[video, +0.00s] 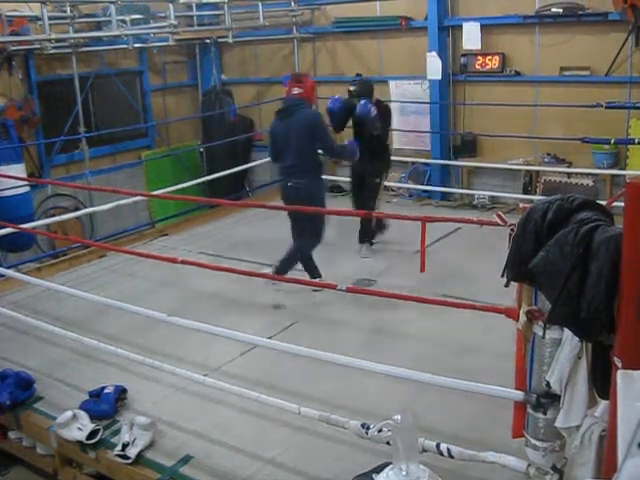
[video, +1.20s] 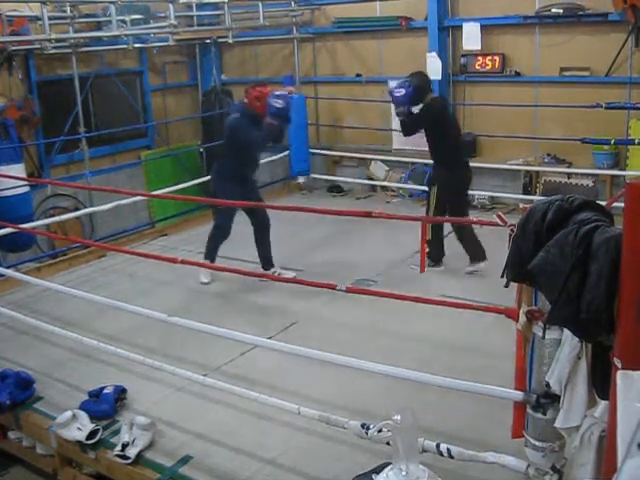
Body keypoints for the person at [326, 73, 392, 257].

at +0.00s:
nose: (354, 97)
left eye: (357, 94)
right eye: (353, 94)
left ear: (368, 93)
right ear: (353, 95)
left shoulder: (382, 108)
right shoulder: (353, 106)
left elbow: (382, 135)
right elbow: (338, 127)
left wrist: (371, 117)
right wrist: (335, 111)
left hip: (379, 158)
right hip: (360, 157)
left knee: (368, 199)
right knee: (358, 200)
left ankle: (365, 239)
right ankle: (377, 222)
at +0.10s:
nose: (357, 92)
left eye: (361, 89)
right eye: (357, 89)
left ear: (370, 89)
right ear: (359, 90)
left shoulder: (387, 107)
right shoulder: (359, 105)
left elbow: (388, 135)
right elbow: (344, 124)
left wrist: (376, 116)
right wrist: (341, 109)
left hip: (386, 159)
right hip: (369, 158)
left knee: (376, 199)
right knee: (375, 198)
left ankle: (367, 240)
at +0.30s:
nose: (372, 93)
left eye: (376, 89)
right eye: (371, 89)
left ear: (387, 90)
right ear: (375, 91)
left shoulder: (403, 110)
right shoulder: (378, 108)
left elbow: (414, 139)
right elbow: (370, 133)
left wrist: (393, 144)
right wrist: (359, 130)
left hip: (405, 164)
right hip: (390, 163)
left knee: (384, 203)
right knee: (400, 205)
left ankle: (372, 241)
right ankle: (425, 235)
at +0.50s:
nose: (384, 89)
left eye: (388, 85)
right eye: (383, 85)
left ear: (399, 85)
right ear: (388, 85)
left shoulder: (415, 105)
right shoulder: (394, 104)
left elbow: (427, 132)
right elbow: (394, 128)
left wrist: (405, 141)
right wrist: (377, 134)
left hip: (416, 161)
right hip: (403, 160)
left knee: (393, 199)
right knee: (408, 201)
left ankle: (402, 243)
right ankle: (426, 237)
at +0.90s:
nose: (400, 95)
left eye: (401, 91)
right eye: (398, 91)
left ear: (408, 90)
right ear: (414, 87)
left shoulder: (422, 107)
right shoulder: (419, 105)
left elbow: (403, 127)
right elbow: (402, 126)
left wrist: (390, 111)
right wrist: (390, 110)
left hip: (435, 166)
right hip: (431, 164)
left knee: (424, 213)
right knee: (423, 209)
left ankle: (434, 256)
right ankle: (426, 243)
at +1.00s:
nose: (402, 94)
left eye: (403, 90)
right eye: (401, 91)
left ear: (410, 90)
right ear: (419, 86)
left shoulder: (424, 106)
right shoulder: (429, 103)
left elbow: (403, 126)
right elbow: (406, 124)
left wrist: (395, 111)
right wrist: (396, 110)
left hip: (438, 166)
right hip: (444, 163)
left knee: (428, 211)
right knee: (434, 206)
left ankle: (434, 257)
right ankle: (448, 239)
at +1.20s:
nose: (409, 93)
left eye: (410, 89)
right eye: (409, 89)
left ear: (417, 90)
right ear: (428, 87)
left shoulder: (431, 108)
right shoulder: (439, 104)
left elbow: (408, 129)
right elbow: (413, 126)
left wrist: (401, 110)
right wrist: (405, 109)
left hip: (446, 169)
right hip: (460, 167)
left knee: (434, 214)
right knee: (458, 216)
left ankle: (434, 257)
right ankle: (477, 257)